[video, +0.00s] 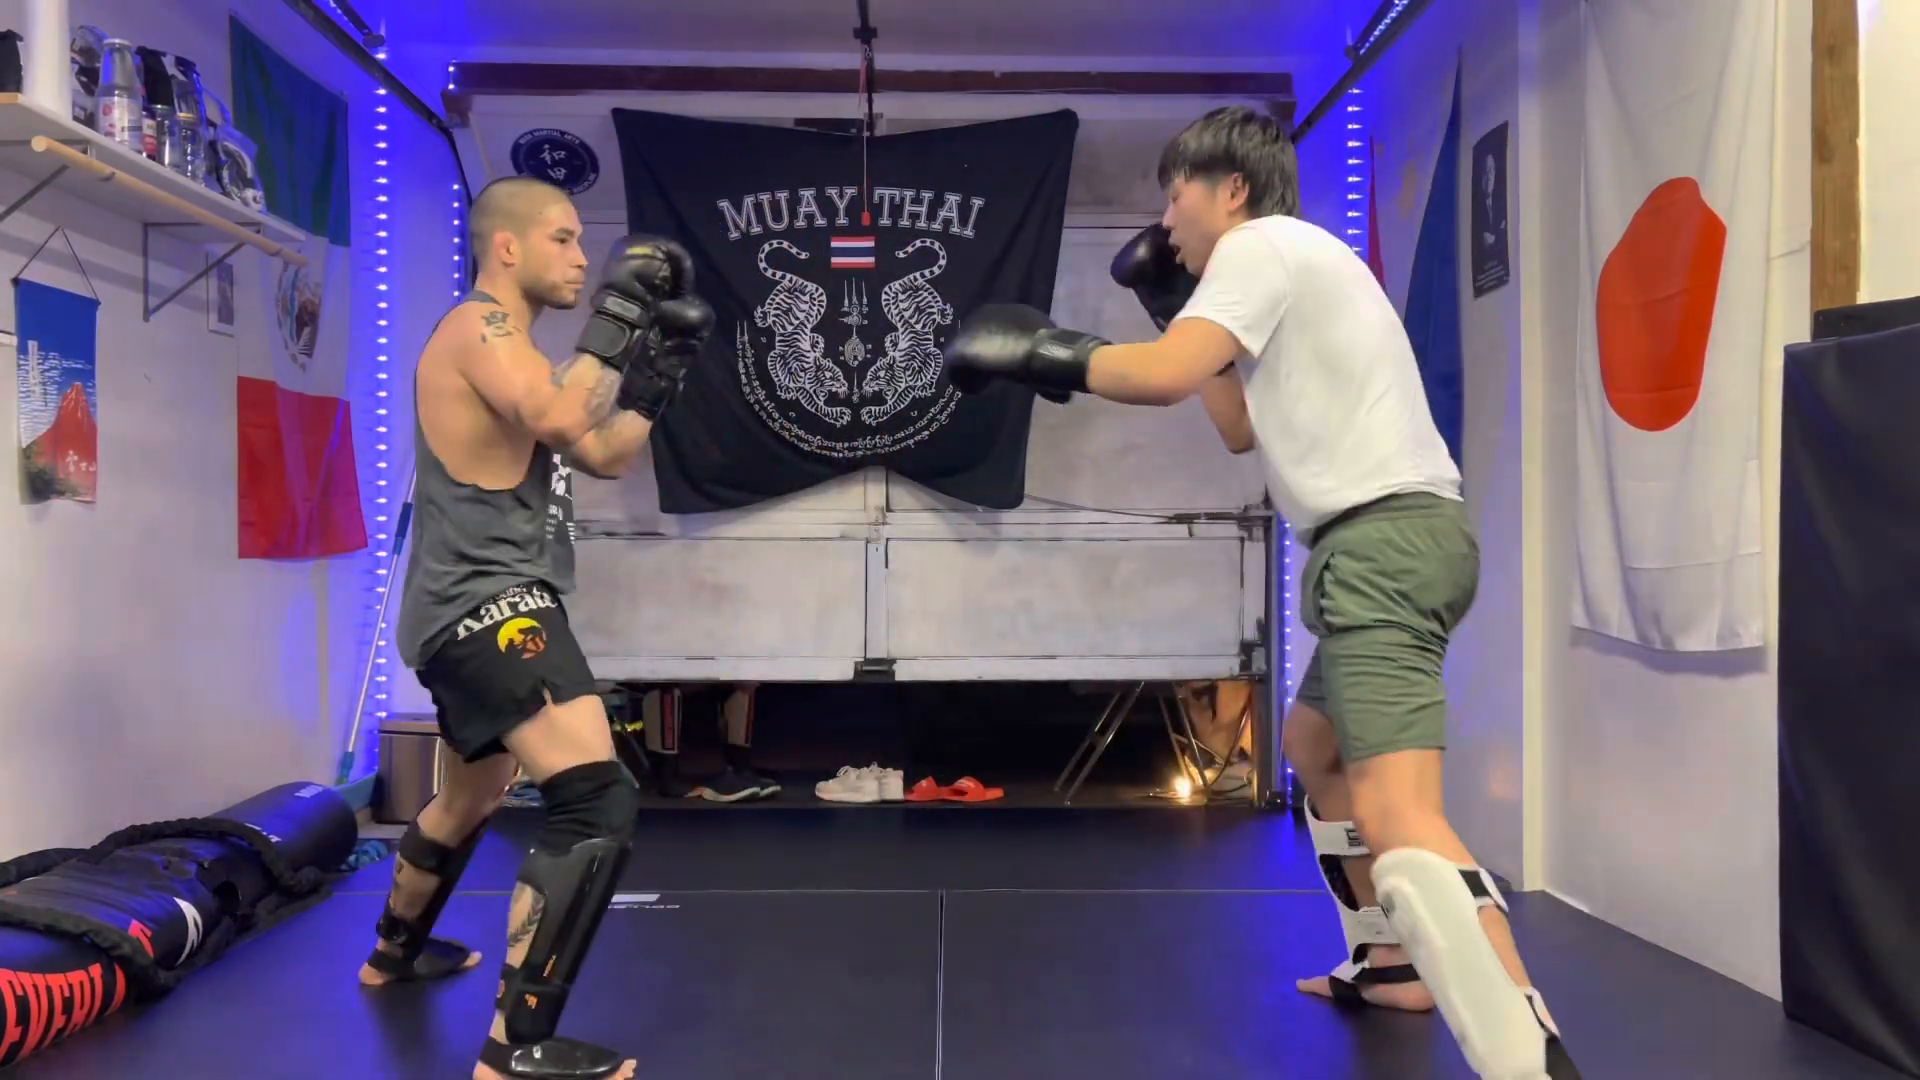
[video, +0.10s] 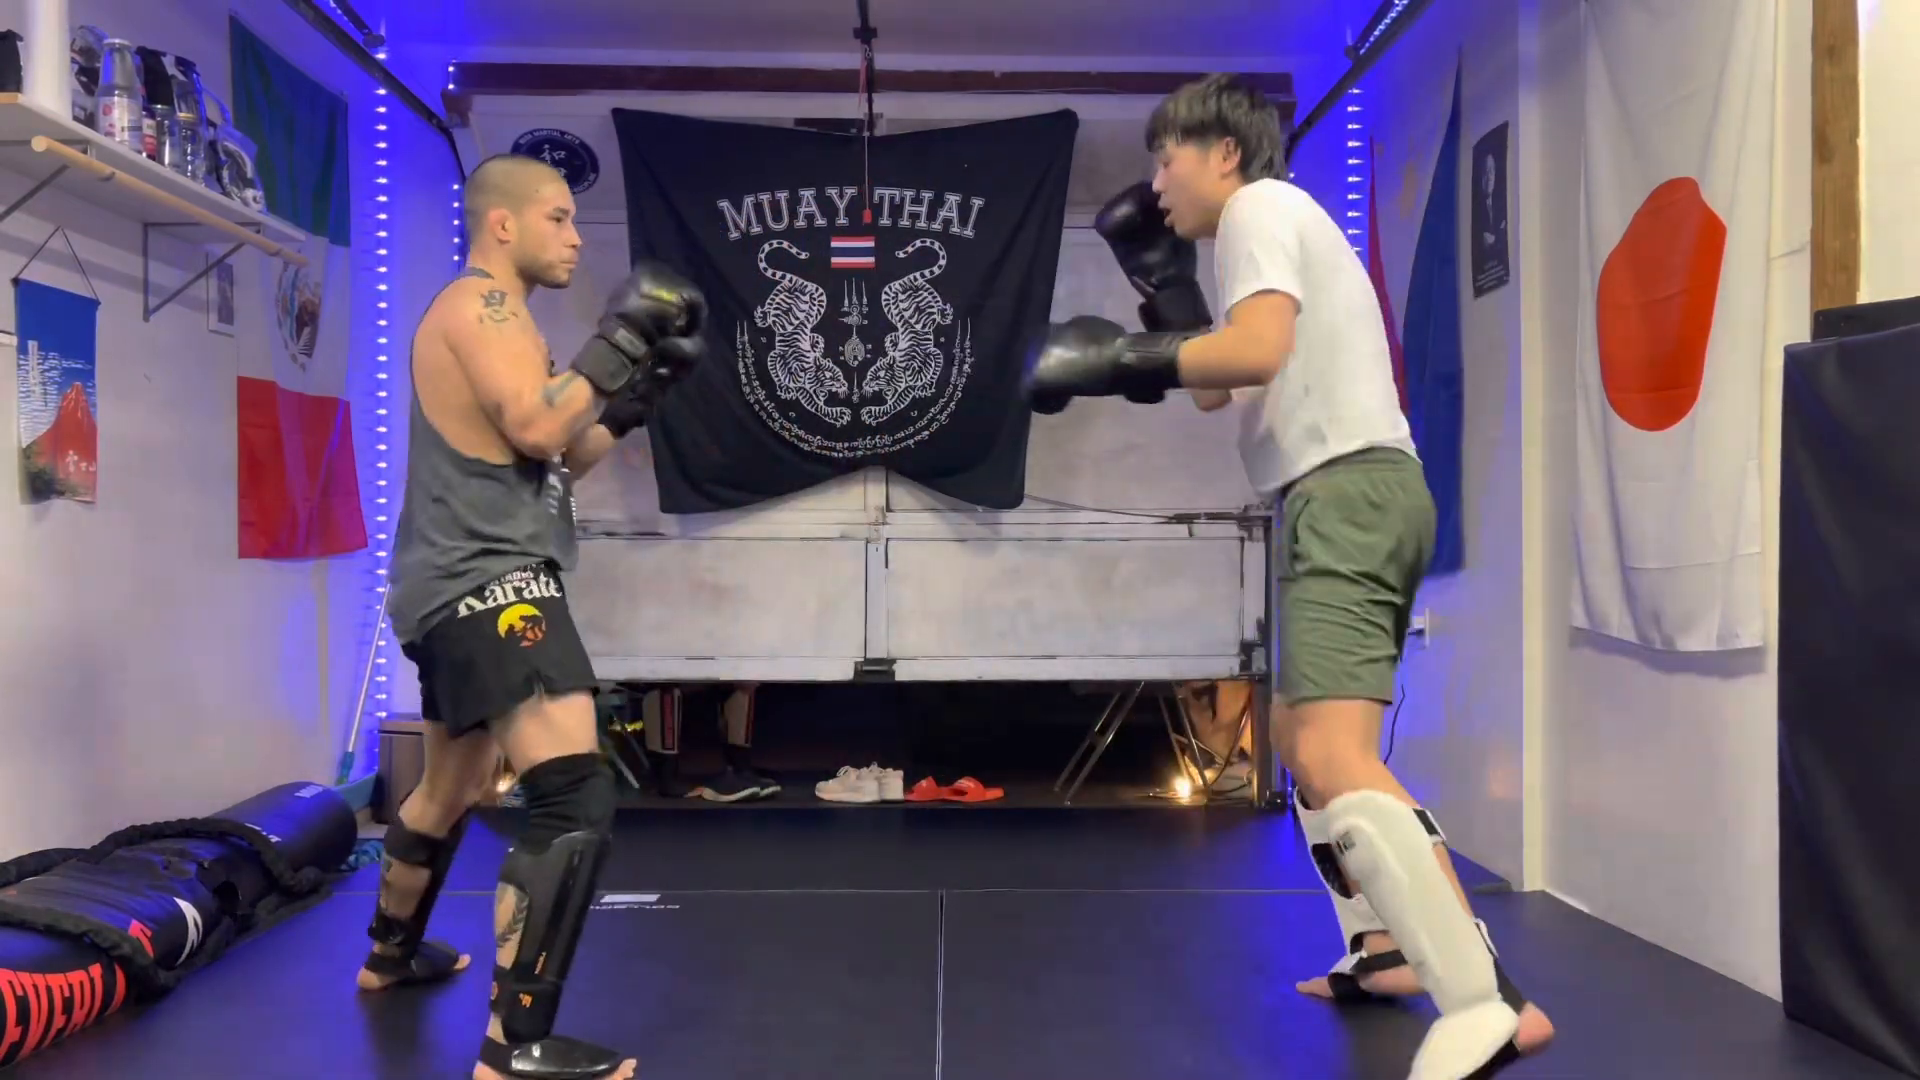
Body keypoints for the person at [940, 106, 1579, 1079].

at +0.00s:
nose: (1168, 222)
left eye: (1175, 200)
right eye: (1166, 204)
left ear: (1232, 189)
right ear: (1256, 197)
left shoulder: (1264, 248)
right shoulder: (1302, 263)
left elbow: (1168, 370)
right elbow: (1239, 424)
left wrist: (1047, 351)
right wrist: (1187, 304)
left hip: (1379, 535)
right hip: (1414, 531)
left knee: (1403, 820)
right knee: (1316, 742)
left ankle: (1523, 1027)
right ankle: (1391, 955)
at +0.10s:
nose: (1155, 181)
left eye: (1167, 157)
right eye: (1156, 162)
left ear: (1223, 155)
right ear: (1231, 164)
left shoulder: (1259, 208)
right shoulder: (1274, 227)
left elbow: (1262, 347)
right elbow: (1218, 378)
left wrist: (1135, 354)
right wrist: (1169, 281)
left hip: (1348, 491)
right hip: (1361, 495)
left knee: (1335, 757)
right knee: (1312, 743)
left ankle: (1482, 1004)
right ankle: (1384, 945)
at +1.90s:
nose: (751, 263)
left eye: (764, 247)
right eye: (752, 247)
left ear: (820, 252)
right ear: (804, 256)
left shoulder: (891, 324)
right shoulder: (771, 327)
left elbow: (916, 465)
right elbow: (665, 352)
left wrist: (806, 440)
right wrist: (559, 331)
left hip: (942, 539)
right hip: (875, 546)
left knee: (874, 739)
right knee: (804, 724)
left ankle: (951, 955)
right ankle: (895, 844)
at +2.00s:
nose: (717, 259)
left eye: (731, 243)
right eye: (719, 244)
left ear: (785, 255)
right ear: (759, 258)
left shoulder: (856, 339)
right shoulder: (732, 340)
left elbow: (898, 471)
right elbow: (626, 374)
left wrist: (794, 520)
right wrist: (528, 344)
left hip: (893, 553)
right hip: (812, 565)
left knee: (855, 746)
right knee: (719, 734)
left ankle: (941, 961)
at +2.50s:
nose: (669, 276)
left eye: (682, 260)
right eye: (671, 260)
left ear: (735, 266)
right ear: (742, 273)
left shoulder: (720, 335)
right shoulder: (817, 342)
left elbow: (660, 443)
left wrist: (530, 467)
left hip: (778, 582)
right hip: (851, 583)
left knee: (636, 762)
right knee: (793, 729)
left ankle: (635, 972)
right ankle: (915, 875)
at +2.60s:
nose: (701, 251)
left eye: (713, 235)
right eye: (701, 236)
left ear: (764, 239)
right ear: (773, 245)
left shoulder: (766, 308)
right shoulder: (842, 306)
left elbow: (730, 418)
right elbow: (812, 414)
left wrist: (608, 432)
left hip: (832, 548)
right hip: (894, 544)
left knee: (722, 742)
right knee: (853, 719)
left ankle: (668, 954)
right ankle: (930, 884)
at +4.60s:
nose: (985, 189)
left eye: (1003, 167)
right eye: (983, 168)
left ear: (1068, 175)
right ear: (1018, 180)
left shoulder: (1123, 259)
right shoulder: (1033, 268)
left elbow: (1052, 409)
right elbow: (985, 363)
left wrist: (942, 325)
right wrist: (933, 249)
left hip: (1153, 533)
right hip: (1096, 532)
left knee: (1012, 744)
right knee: (1063, 742)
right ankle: (1128, 931)